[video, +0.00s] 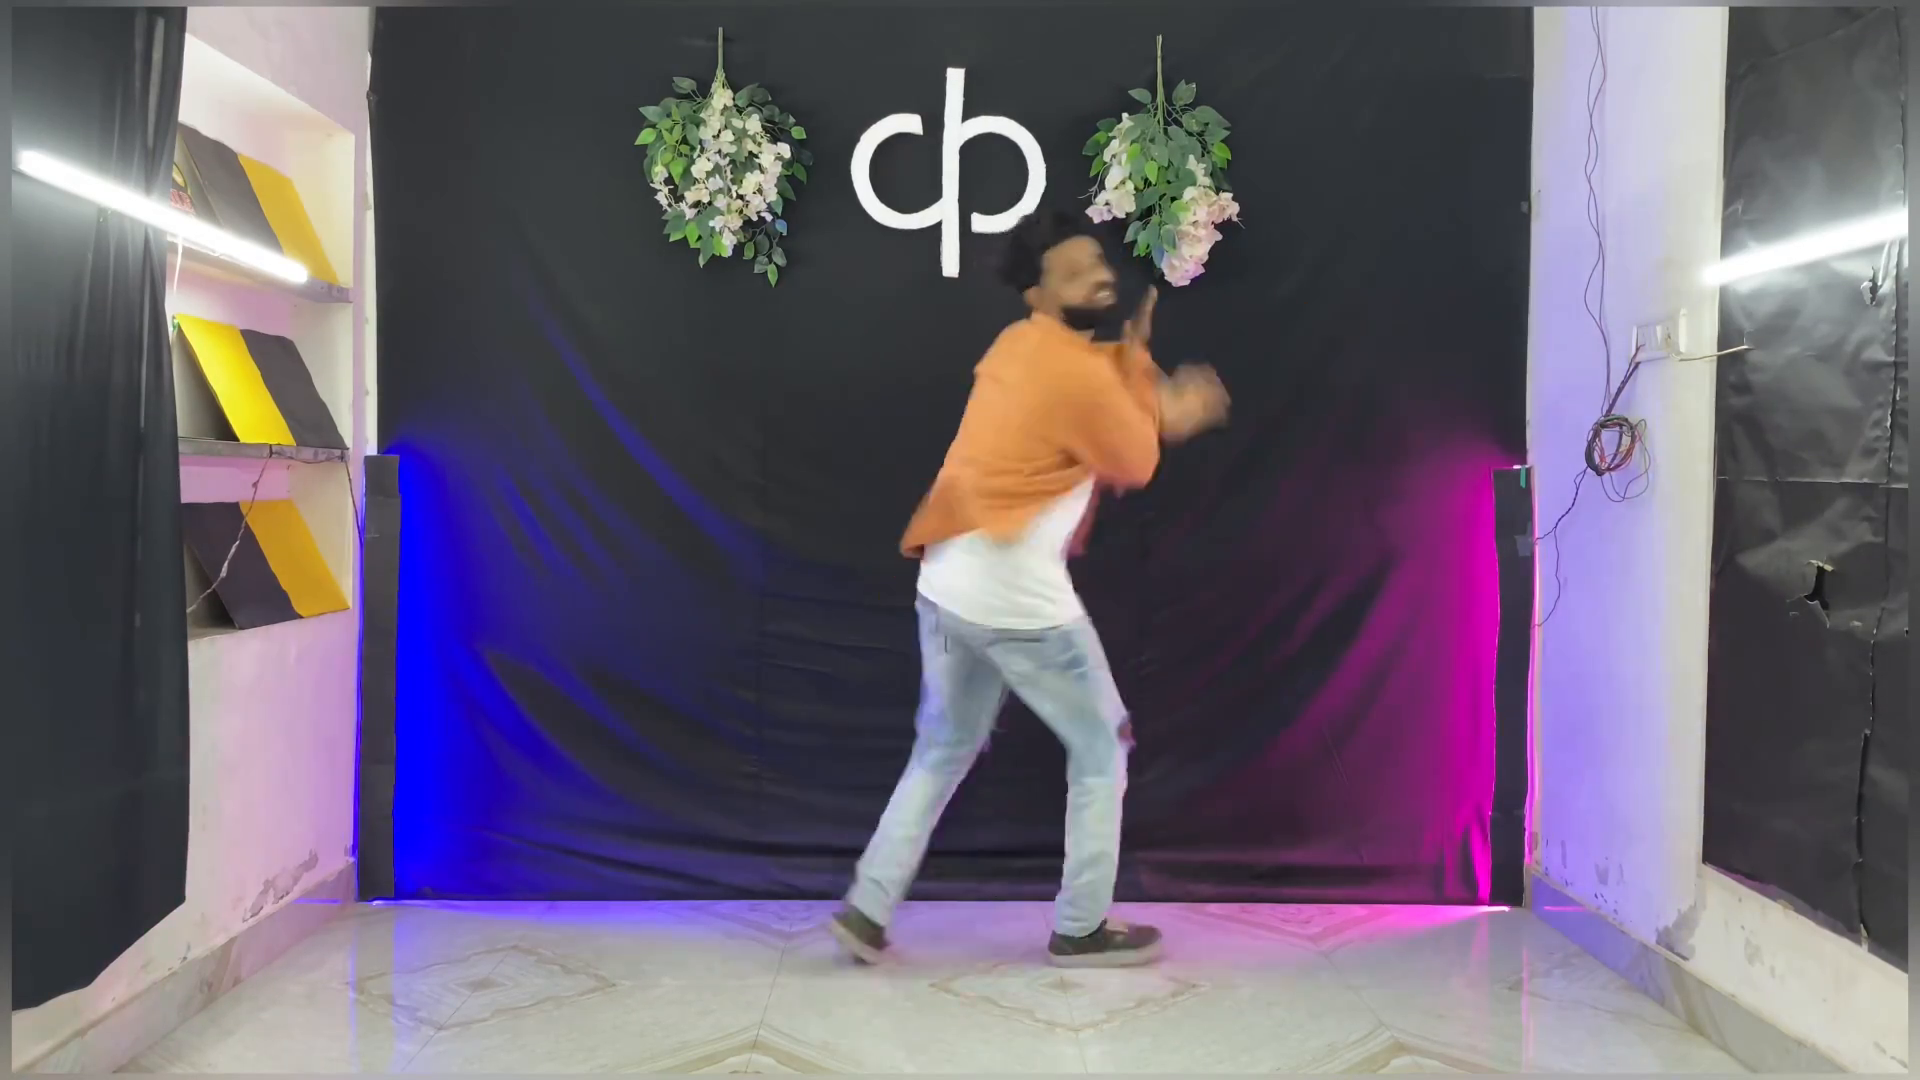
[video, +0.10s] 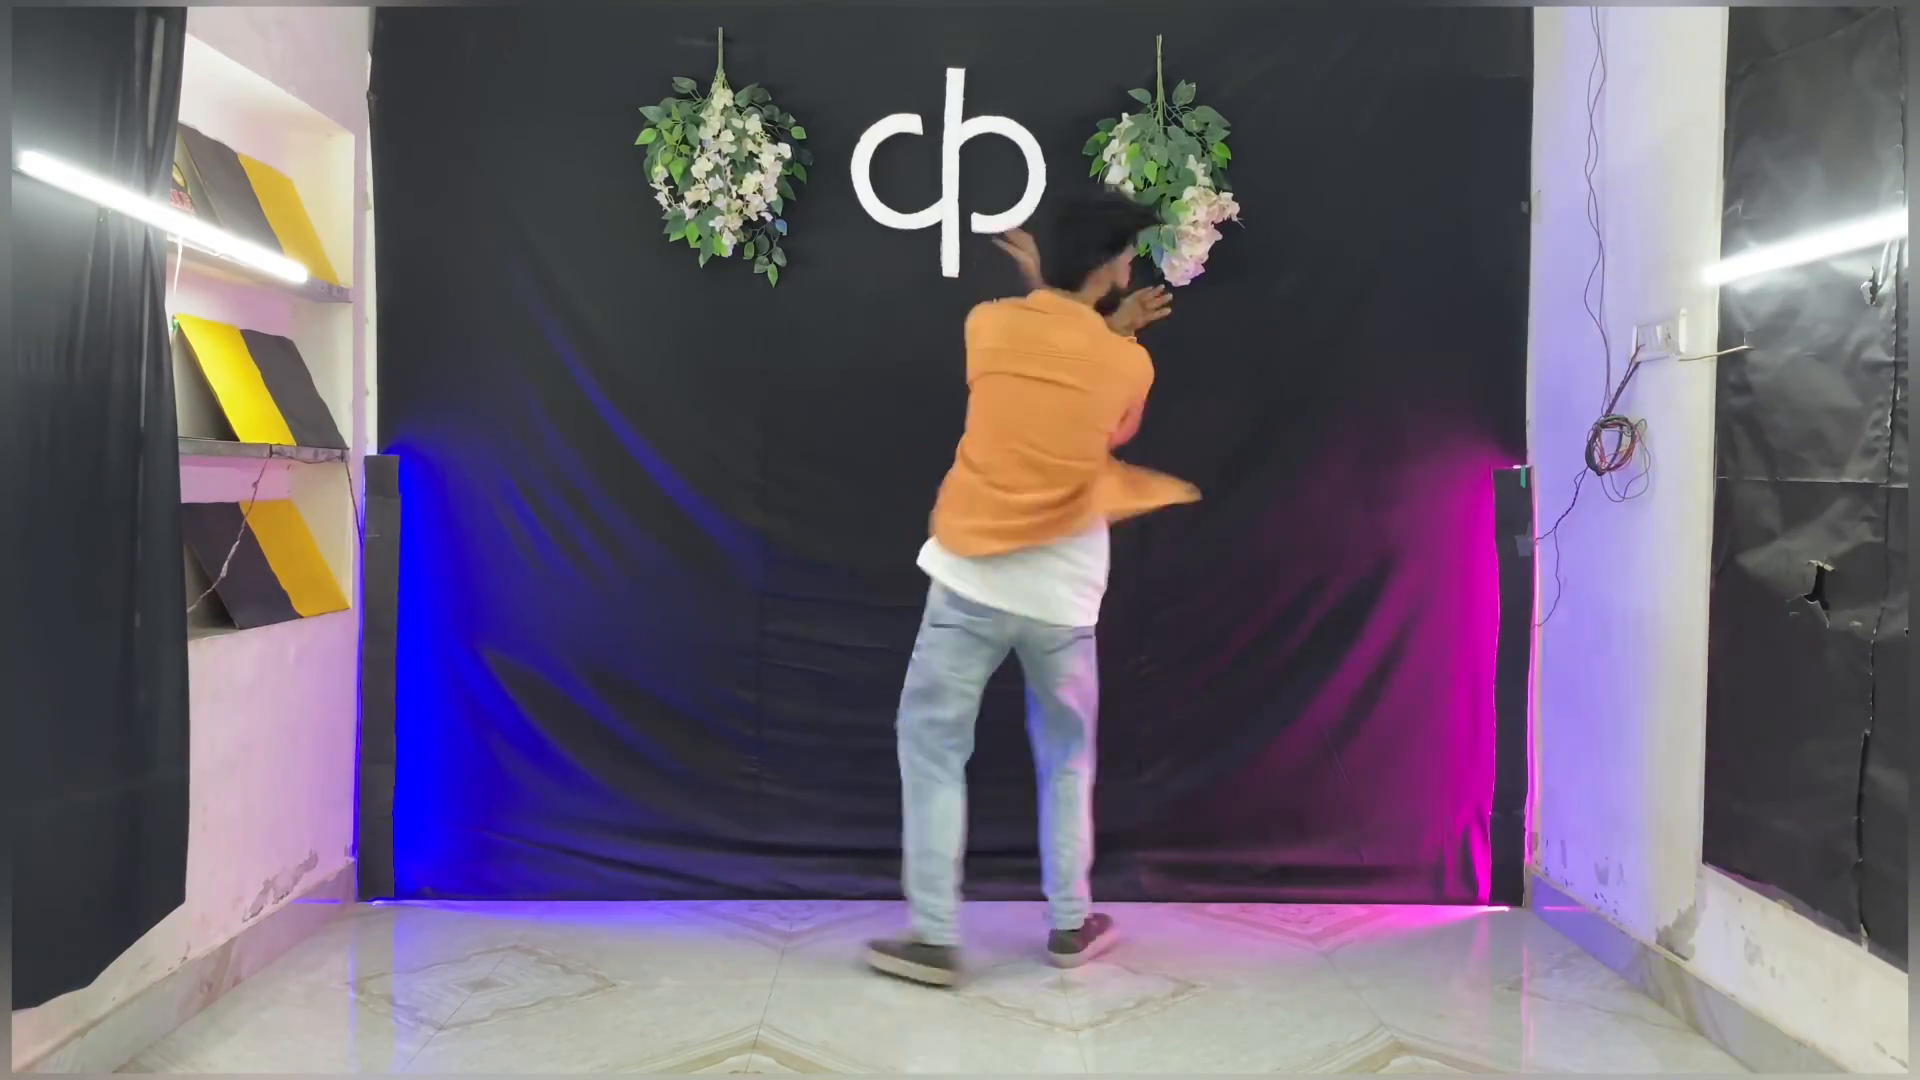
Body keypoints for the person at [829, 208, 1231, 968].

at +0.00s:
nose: (1100, 281)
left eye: (1101, 265)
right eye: (1079, 274)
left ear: (1106, 272)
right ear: (1036, 293)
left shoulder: (1010, 345)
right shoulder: (1082, 372)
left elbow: (1102, 410)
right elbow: (1132, 461)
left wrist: (1133, 358)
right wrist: (1161, 402)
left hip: (946, 582)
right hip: (1023, 594)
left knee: (943, 743)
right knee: (1100, 742)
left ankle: (867, 906)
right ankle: (1082, 924)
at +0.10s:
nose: (1129, 270)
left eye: (1130, 257)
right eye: (1129, 258)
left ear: (1050, 256)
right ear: (1113, 266)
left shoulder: (987, 323)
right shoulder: (1127, 363)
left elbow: (1037, 356)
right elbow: (1116, 430)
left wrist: (1101, 320)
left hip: (965, 581)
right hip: (1060, 596)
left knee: (932, 741)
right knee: (1065, 753)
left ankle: (933, 938)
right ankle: (1067, 925)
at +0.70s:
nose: (1066, 236)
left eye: (1080, 222)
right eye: (1050, 220)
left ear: (1095, 235)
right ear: (1019, 228)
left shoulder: (1123, 317)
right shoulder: (973, 314)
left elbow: (1216, 360)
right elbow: (897, 367)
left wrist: (1162, 272)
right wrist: (948, 271)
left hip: (1079, 571)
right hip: (983, 572)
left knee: (1072, 755)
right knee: (1004, 760)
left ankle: (1070, 938)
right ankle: (1032, 921)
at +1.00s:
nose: (1062, 252)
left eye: (1076, 238)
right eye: (1045, 237)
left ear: (1093, 249)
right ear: (1015, 245)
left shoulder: (1117, 351)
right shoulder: (962, 333)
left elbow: (1147, 464)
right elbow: (926, 442)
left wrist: (1162, 468)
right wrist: (964, 464)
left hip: (1074, 583)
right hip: (973, 582)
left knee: (1073, 760)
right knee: (961, 762)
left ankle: (1077, 940)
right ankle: (1033, 872)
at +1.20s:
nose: (1030, 274)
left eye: (1043, 259)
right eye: (1011, 262)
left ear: (1064, 270)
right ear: (980, 274)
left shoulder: (1081, 379)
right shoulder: (935, 332)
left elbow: (1077, 513)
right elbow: (872, 425)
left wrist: (1116, 434)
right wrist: (943, 360)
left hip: (1042, 609)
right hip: (937, 601)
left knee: (1055, 779)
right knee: (901, 763)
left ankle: (1074, 944)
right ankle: (886, 909)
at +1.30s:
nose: (981, 281)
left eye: (992, 263)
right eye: (962, 271)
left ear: (1018, 267)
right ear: (938, 285)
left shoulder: (1061, 378)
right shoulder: (904, 351)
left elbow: (1060, 504)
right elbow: (855, 478)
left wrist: (1061, 509)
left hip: (1007, 619)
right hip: (903, 609)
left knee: (1019, 788)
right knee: (853, 775)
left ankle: (1068, 946)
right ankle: (783, 939)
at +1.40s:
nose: (945, 299)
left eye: (955, 280)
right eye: (926, 290)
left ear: (981, 276)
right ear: (904, 301)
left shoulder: (1038, 376)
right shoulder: (885, 366)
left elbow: (1045, 476)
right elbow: (856, 466)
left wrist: (1032, 538)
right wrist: (838, 538)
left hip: (985, 624)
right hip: (880, 618)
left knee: (999, 796)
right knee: (825, 783)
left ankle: (1064, 945)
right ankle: (792, 940)